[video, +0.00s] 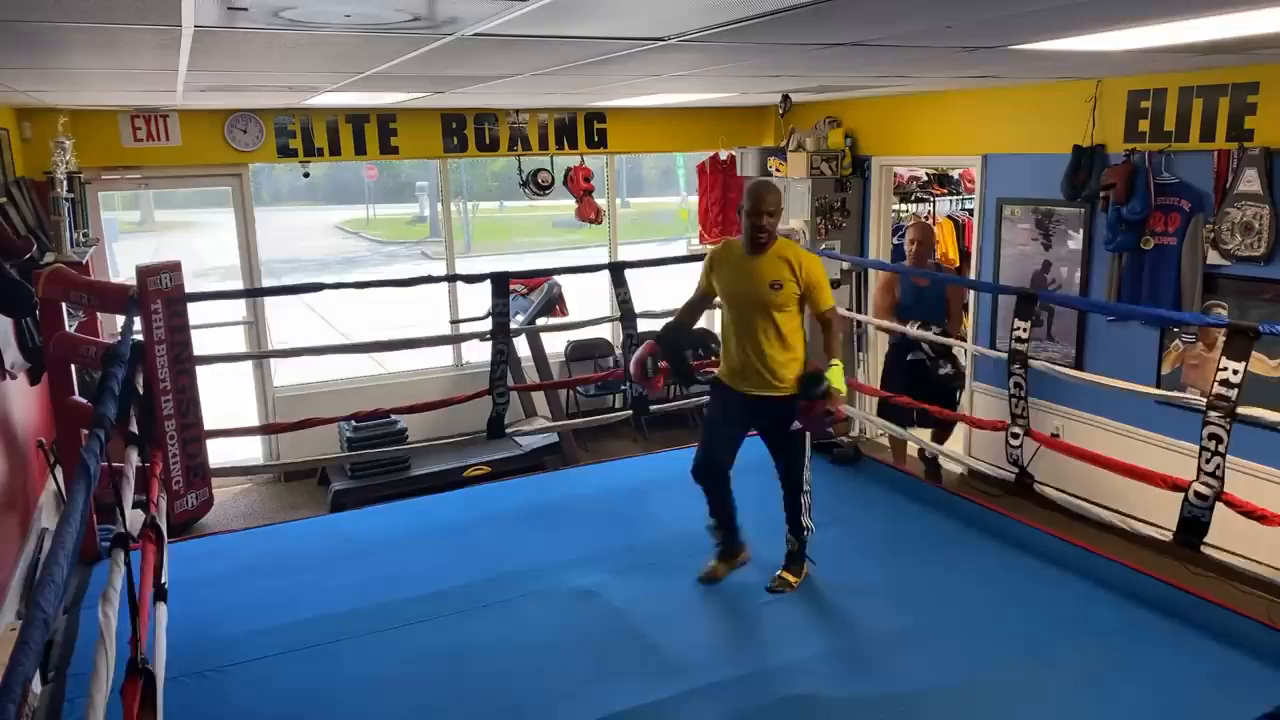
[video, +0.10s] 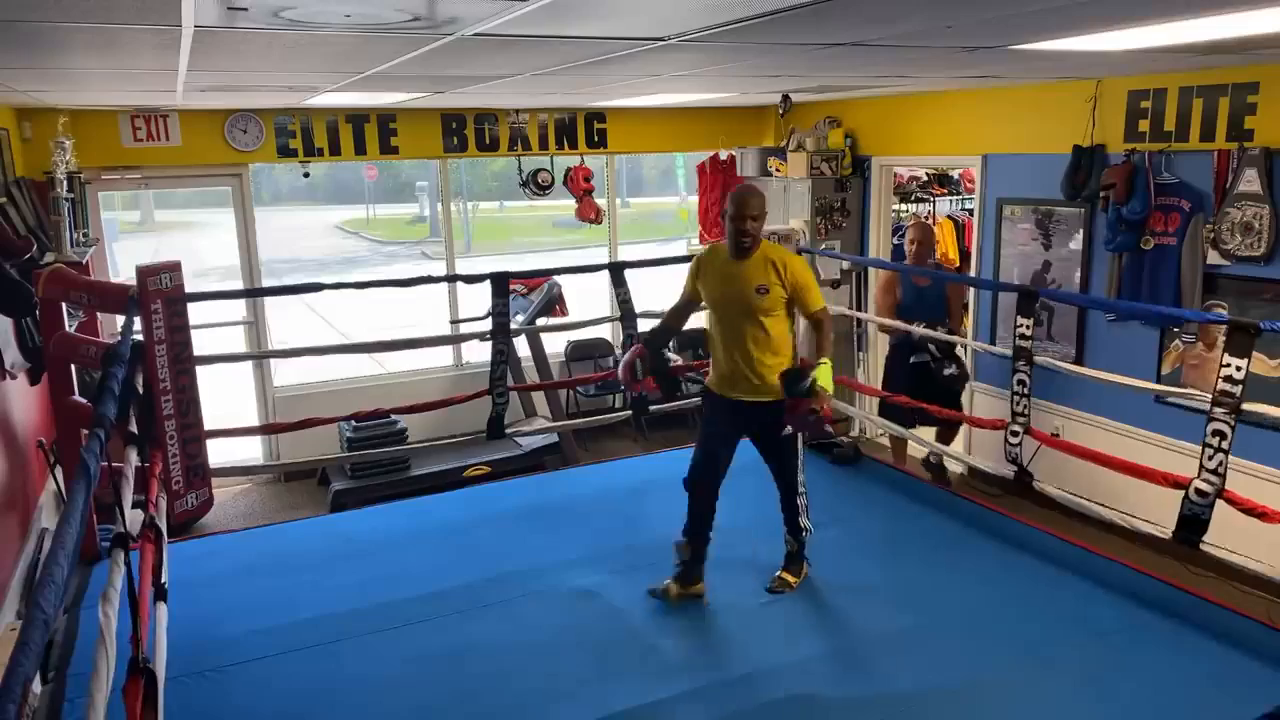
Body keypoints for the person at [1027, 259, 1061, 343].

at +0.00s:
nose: (1049, 270)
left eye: (1049, 268)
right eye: (1048, 268)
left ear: (1045, 267)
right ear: (1044, 267)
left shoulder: (1043, 277)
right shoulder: (1038, 276)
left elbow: (1044, 290)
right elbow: (1042, 289)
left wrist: (1056, 288)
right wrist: (1050, 283)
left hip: (1039, 299)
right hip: (1034, 300)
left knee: (1051, 309)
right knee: (1051, 309)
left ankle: (1049, 334)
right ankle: (1048, 334)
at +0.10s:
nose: (1049, 270)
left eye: (1050, 268)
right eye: (1048, 268)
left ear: (1044, 267)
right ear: (1045, 267)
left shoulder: (1043, 277)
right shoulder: (1039, 276)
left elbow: (1044, 289)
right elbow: (1043, 289)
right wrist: (1051, 283)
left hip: (1036, 298)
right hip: (1033, 299)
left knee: (1051, 309)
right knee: (1050, 309)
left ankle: (1049, 334)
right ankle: (1049, 334)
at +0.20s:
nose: (1049, 270)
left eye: (1050, 268)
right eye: (1048, 268)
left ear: (1046, 267)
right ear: (1044, 267)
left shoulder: (1044, 277)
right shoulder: (1038, 275)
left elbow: (1044, 290)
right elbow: (1042, 289)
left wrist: (1056, 288)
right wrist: (1051, 283)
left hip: (1037, 299)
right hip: (1031, 299)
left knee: (1051, 309)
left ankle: (1049, 334)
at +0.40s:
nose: (1050, 270)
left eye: (1050, 268)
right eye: (1049, 267)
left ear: (1044, 266)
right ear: (1045, 267)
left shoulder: (1038, 274)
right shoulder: (1041, 276)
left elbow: (1043, 287)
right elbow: (1043, 289)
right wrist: (1052, 284)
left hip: (1037, 298)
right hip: (1036, 299)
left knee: (1051, 309)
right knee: (1051, 309)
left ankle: (1049, 334)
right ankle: (1049, 334)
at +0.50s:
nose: (1049, 270)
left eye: (1050, 268)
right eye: (1049, 268)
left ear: (1045, 267)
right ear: (1045, 267)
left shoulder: (1041, 276)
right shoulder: (1041, 277)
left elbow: (1043, 288)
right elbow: (1043, 289)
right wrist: (1051, 283)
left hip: (1039, 298)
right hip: (1038, 299)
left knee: (1051, 309)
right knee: (1051, 309)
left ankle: (1049, 334)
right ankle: (1049, 334)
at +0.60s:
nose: (1049, 270)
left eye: (1050, 268)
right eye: (1049, 268)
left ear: (1043, 267)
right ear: (1045, 267)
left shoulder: (1039, 275)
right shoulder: (1041, 275)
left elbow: (1044, 287)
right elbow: (1044, 288)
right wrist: (1053, 285)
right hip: (1037, 299)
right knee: (1051, 309)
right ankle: (1049, 334)